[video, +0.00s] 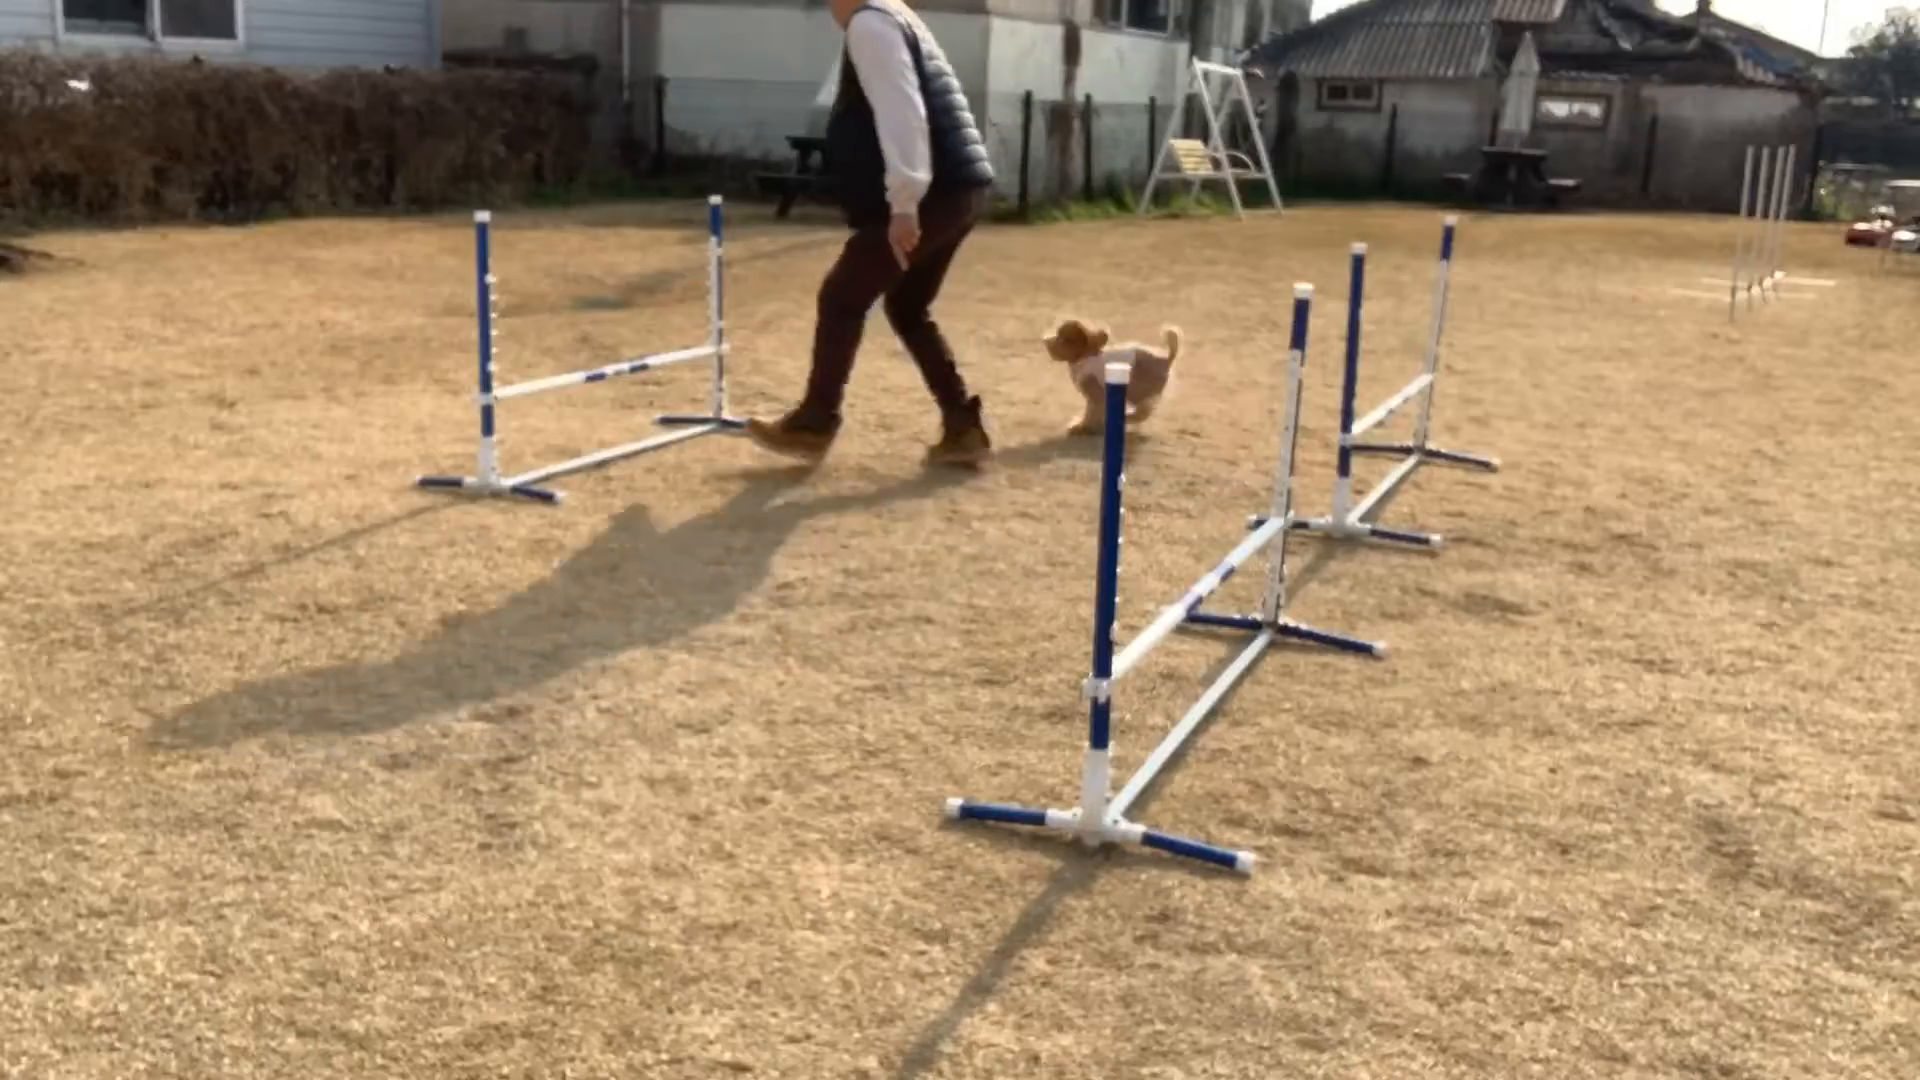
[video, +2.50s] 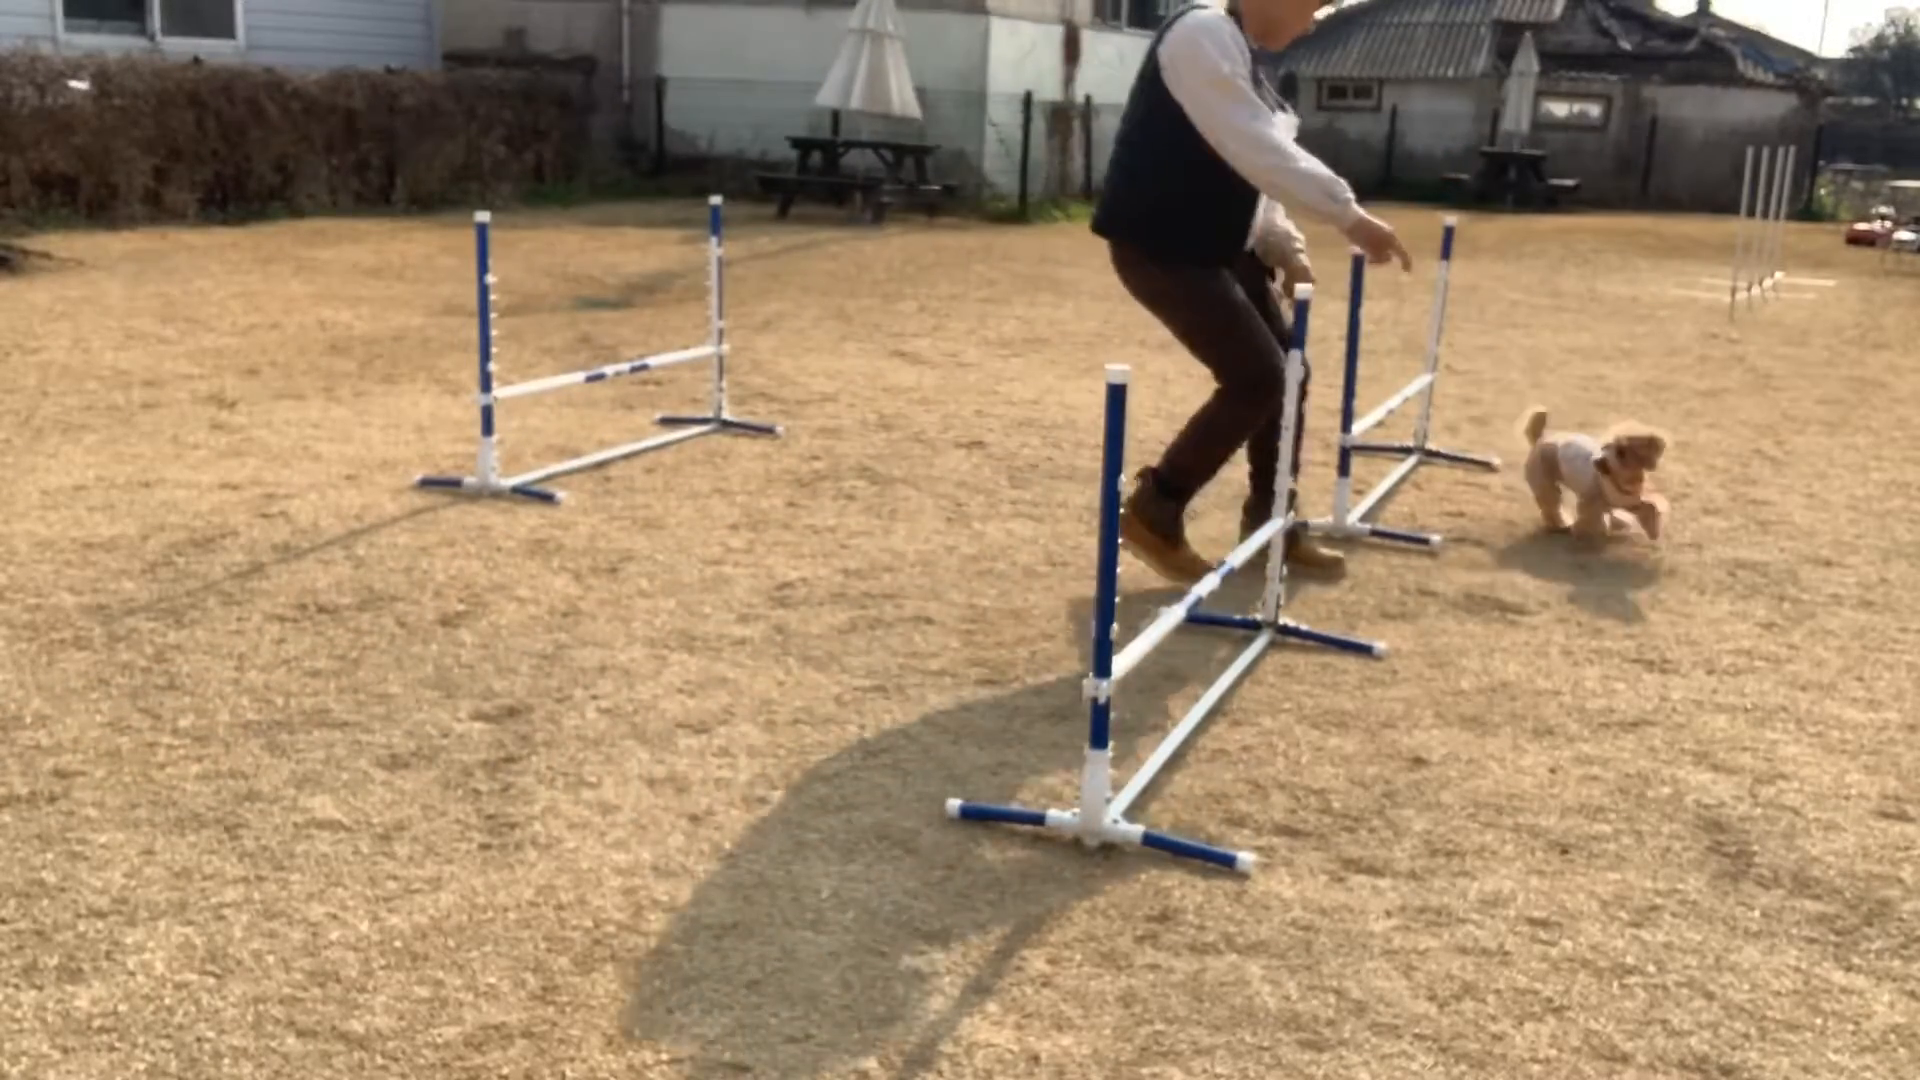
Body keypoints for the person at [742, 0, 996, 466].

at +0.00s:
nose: (829, 9)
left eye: (829, 3)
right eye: (829, 5)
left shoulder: (869, 23)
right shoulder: (897, 19)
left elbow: (901, 110)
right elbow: (920, 111)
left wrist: (903, 205)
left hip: (930, 193)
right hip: (960, 189)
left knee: (841, 298)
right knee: (908, 308)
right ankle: (963, 426)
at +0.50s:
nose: (709, 3)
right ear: (737, 0)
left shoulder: (796, 28)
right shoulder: (738, 47)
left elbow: (810, 127)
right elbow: (695, 130)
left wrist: (736, 167)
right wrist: (614, 157)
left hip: (808, 206)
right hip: (761, 203)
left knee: (728, 312)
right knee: (711, 308)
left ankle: (728, 424)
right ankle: (756, 407)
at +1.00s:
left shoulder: (821, 12)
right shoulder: (894, 12)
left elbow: (788, 118)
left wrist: (723, 180)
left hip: (867, 188)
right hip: (917, 185)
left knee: (814, 318)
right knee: (842, 311)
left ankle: (848, 454)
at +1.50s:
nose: (1079, 18)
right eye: (1078, 13)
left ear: (1009, 5)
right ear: (1064, 6)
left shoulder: (968, 43)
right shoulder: (1073, 32)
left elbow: (941, 135)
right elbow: (1107, 141)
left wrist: (947, 241)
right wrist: (1116, 243)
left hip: (938, 199)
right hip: (1002, 197)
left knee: (1005, 315)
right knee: (1005, 350)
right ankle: (931, 464)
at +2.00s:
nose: (1270, 31)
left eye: (1274, 21)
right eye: (1273, 16)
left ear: (1248, 9)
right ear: (1252, 3)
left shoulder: (1211, 72)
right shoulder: (1189, 22)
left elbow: (1245, 168)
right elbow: (1171, 135)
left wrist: (1341, 201)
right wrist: (1212, 230)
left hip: (1124, 217)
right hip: (1092, 208)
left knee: (1137, 344)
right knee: (1167, 347)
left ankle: (1073, 466)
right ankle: (1199, 513)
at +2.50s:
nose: (1314, 23)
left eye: (1318, 12)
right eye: (1312, 8)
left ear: (1272, 6)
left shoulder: (1251, 63)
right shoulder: (1200, 33)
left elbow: (1247, 181)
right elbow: (1254, 147)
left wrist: (1286, 251)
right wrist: (1352, 217)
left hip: (1223, 246)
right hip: (1159, 246)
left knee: (1285, 373)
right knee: (1256, 379)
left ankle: (1271, 526)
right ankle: (1154, 510)